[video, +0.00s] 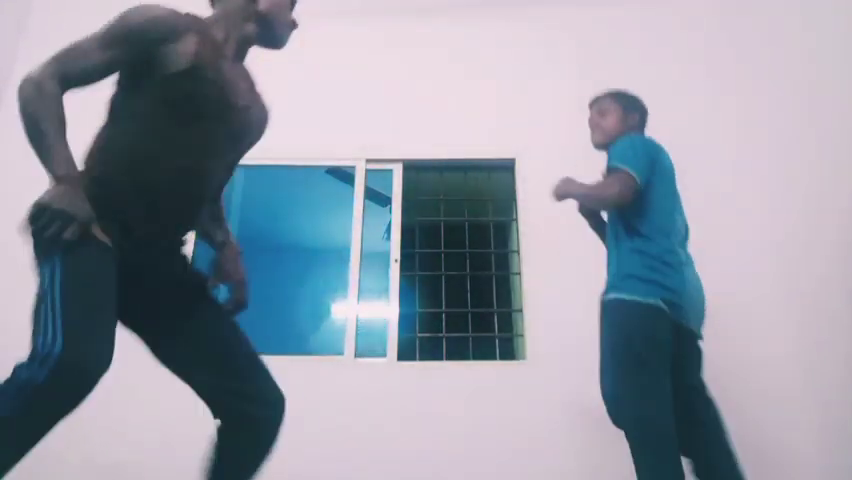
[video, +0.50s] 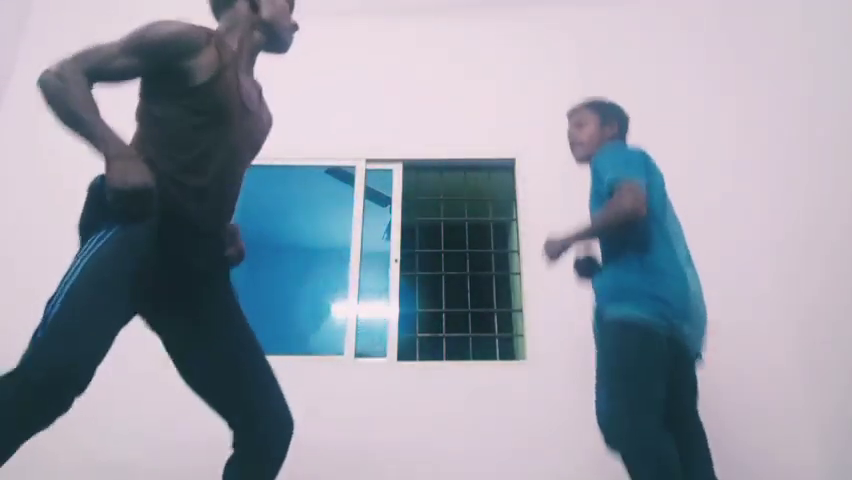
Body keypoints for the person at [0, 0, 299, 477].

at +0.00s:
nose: (296, 13)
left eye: (294, 4)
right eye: (288, 1)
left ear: (256, 9)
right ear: (256, 2)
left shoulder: (251, 111)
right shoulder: (162, 27)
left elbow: (201, 193)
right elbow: (40, 84)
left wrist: (226, 245)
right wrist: (66, 178)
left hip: (156, 258)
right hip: (86, 227)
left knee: (257, 408)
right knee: (70, 362)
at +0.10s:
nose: (309, 17)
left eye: (307, 6)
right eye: (299, 3)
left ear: (266, 11)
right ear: (262, 5)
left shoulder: (275, 108)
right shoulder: (189, 35)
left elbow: (226, 188)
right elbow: (67, 83)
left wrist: (230, 256)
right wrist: (103, 176)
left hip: (199, 263)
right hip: (129, 238)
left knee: (273, 424)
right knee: (72, 361)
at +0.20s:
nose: (315, 14)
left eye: (313, 5)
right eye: (305, 2)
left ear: (271, 12)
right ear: (266, 5)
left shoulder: (285, 105)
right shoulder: (199, 40)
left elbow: (244, 165)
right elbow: (84, 79)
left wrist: (254, 219)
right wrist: (129, 153)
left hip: (222, 247)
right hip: (160, 223)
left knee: (276, 410)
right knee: (71, 358)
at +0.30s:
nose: (317, 6)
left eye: (315, 2)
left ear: (290, 7)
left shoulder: (279, 76)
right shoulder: (212, 19)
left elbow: (234, 136)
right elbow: (83, 43)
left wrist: (246, 191)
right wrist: (127, 113)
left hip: (219, 230)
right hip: (159, 195)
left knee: (263, 394)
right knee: (70, 339)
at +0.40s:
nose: (306, 8)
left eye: (304, 2)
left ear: (269, 7)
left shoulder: (265, 83)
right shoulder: (198, 21)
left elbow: (212, 147)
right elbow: (73, 50)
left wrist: (234, 203)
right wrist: (124, 122)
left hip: (207, 230)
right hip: (147, 200)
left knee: (267, 413)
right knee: (54, 354)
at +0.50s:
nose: (295, 15)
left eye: (292, 5)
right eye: (284, 3)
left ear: (254, 12)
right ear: (249, 6)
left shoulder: (254, 104)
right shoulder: (184, 41)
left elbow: (197, 171)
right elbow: (60, 77)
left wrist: (221, 227)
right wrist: (117, 153)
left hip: (195, 263)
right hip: (132, 237)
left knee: (268, 427)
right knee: (43, 386)